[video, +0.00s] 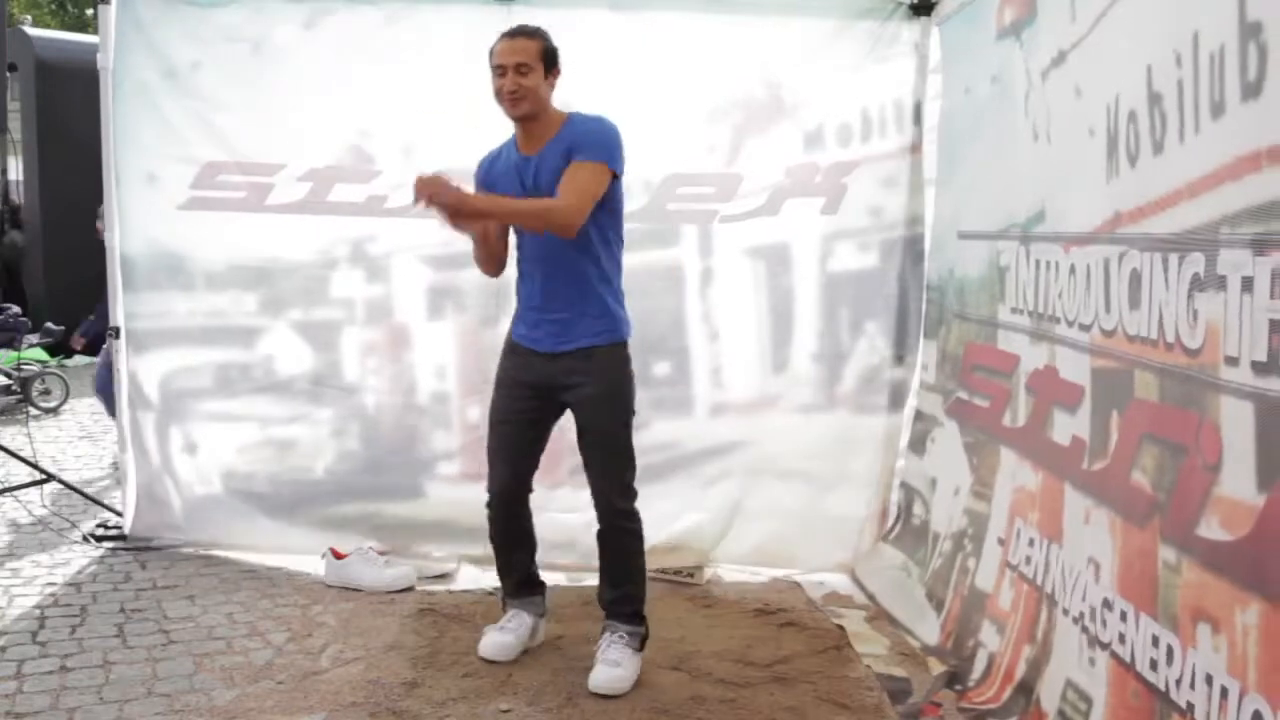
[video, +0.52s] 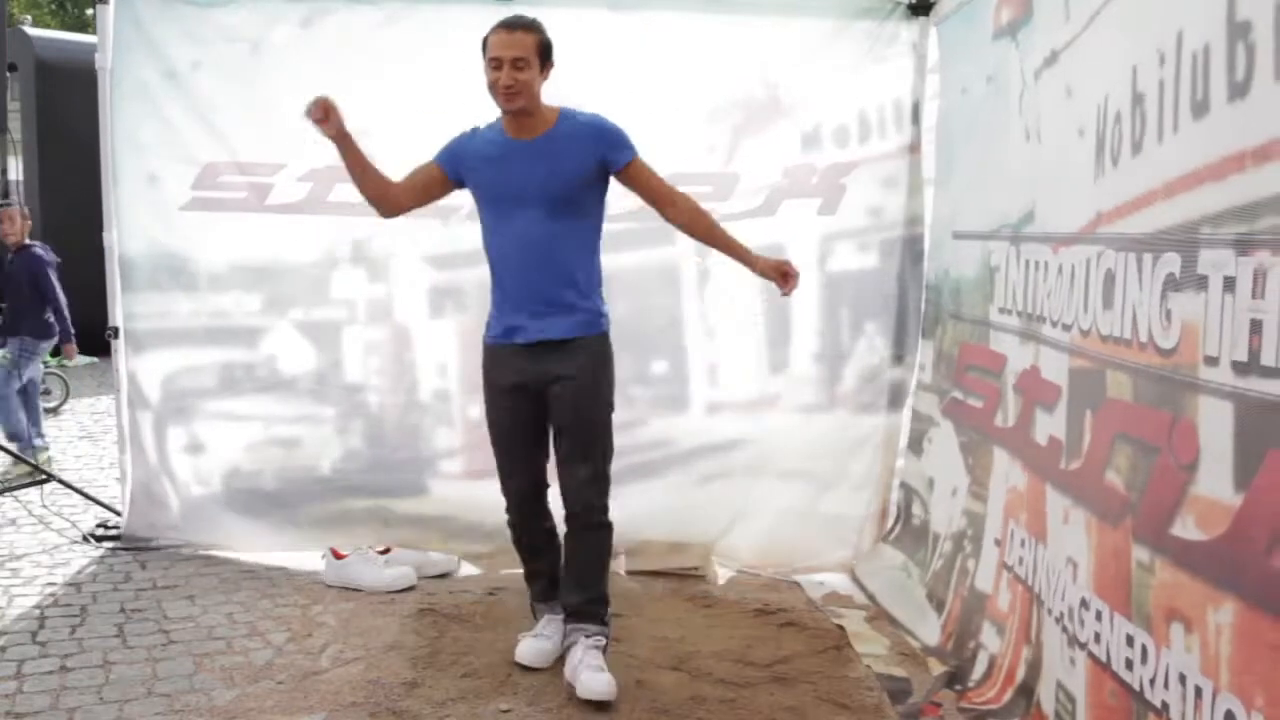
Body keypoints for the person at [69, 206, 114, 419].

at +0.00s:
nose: (99, 233)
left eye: (101, 228)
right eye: (98, 228)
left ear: (111, 227)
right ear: (103, 228)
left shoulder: (121, 256)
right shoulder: (116, 254)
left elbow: (111, 303)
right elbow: (109, 301)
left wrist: (86, 334)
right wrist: (85, 330)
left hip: (121, 335)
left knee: (104, 385)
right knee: (104, 384)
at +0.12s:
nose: (81, 227)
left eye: (88, 220)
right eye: (77, 221)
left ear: (104, 224)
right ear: (73, 226)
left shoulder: (106, 259)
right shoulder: (94, 259)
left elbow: (92, 304)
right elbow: (87, 305)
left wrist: (58, 327)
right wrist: (58, 327)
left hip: (111, 341)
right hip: (95, 340)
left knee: (123, 401)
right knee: (81, 396)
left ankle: (135, 454)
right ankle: (62, 446)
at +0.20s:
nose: (65, 231)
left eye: (71, 224)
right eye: (60, 225)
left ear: (88, 228)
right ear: (56, 229)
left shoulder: (91, 261)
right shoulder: (78, 261)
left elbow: (84, 308)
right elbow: (79, 308)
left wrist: (53, 330)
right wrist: (52, 328)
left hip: (99, 345)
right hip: (80, 345)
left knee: (115, 405)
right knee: (64, 401)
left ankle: (140, 452)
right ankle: (45, 449)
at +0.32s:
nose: (39, 230)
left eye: (46, 224)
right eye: (36, 225)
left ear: (62, 228)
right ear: (32, 229)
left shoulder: (67, 262)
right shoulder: (53, 261)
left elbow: (65, 309)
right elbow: (54, 306)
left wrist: (54, 348)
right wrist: (48, 339)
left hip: (70, 339)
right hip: (53, 338)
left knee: (67, 397)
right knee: (37, 395)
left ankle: (114, 433)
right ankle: (39, 452)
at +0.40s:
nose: (25, 228)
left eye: (31, 222)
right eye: (21, 223)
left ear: (47, 226)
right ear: (19, 228)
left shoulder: (54, 260)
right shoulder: (35, 260)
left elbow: (61, 305)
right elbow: (38, 303)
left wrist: (65, 347)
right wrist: (29, 335)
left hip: (47, 339)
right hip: (34, 337)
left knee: (36, 396)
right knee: (31, 396)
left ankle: (88, 431)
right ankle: (38, 453)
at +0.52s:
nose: (5, 226)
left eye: (11, 220)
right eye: (2, 221)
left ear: (26, 224)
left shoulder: (35, 257)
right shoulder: (11, 259)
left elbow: (56, 298)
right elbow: (12, 298)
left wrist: (68, 338)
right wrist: (7, 331)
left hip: (35, 333)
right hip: (17, 332)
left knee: (5, 385)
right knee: (29, 390)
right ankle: (37, 448)